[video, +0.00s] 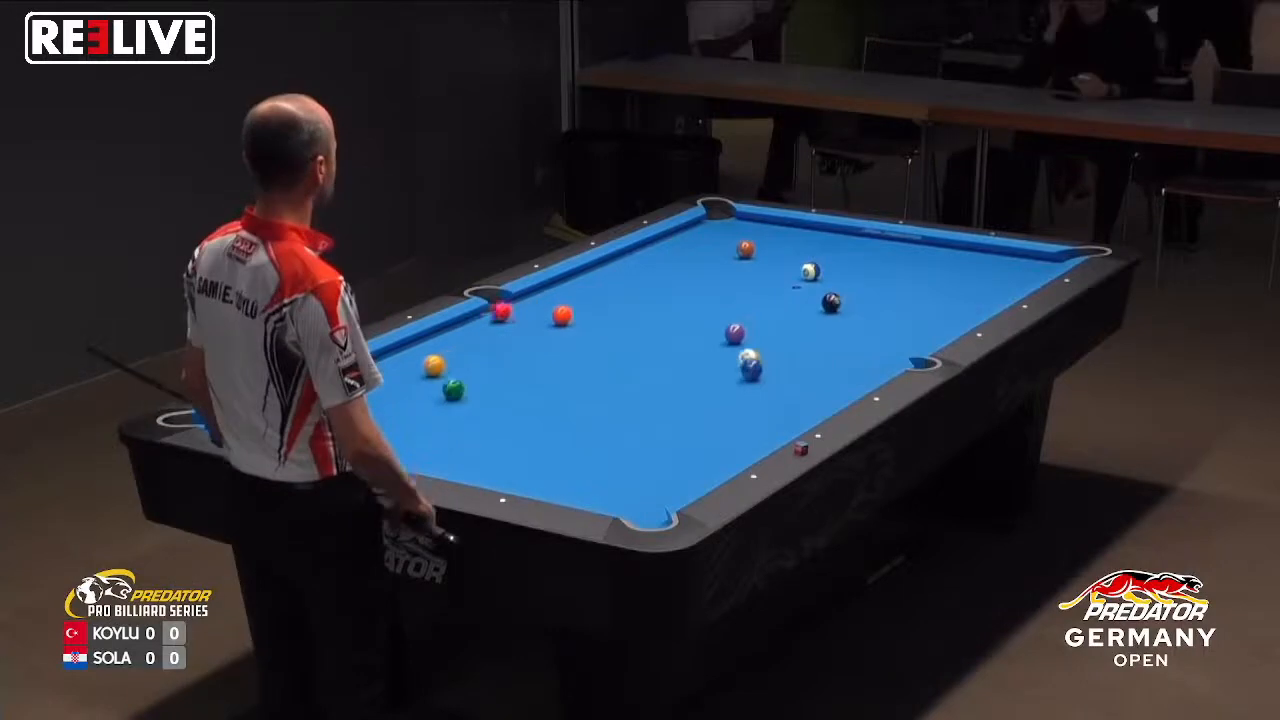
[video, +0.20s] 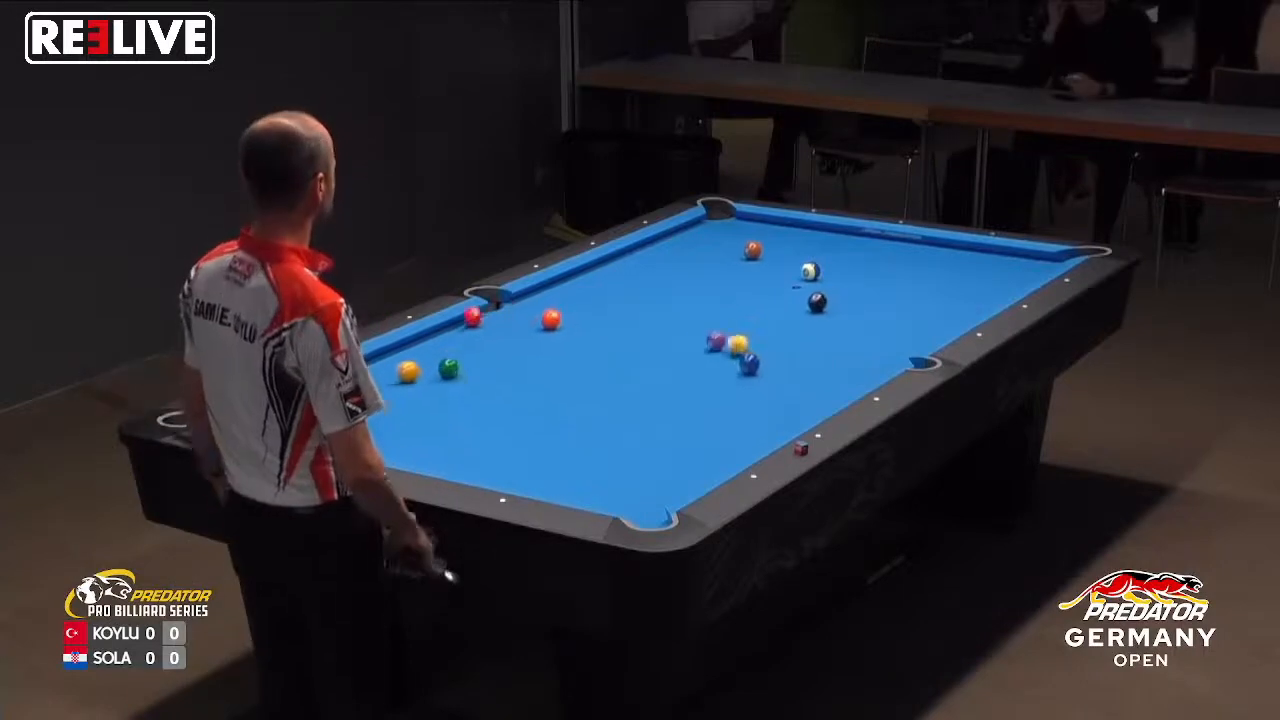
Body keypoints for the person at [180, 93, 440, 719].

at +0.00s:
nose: (335, 165)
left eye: (331, 153)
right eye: (333, 154)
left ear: (251, 163)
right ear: (321, 167)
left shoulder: (208, 255)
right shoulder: (313, 282)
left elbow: (196, 378)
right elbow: (357, 440)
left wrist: (241, 441)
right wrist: (407, 496)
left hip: (247, 497)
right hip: (319, 503)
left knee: (281, 664)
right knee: (348, 662)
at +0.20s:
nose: (334, 186)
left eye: (330, 172)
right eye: (332, 174)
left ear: (248, 180)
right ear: (320, 186)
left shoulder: (205, 275)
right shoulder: (315, 307)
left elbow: (195, 395)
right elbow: (357, 468)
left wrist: (215, 466)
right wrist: (406, 531)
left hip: (246, 518)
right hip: (318, 528)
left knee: (281, 671)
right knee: (350, 674)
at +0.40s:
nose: (335, 207)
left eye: (331, 193)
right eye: (334, 195)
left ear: (248, 202)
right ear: (321, 209)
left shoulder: (200, 299)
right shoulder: (319, 334)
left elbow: (195, 426)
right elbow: (361, 488)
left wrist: (206, 513)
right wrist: (406, 565)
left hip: (242, 550)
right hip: (317, 556)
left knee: (283, 690)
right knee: (352, 693)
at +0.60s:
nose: (336, 221)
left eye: (332, 205)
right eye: (335, 208)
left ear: (246, 208)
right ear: (320, 222)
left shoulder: (190, 309)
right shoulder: (323, 345)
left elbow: (186, 442)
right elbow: (368, 498)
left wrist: (196, 535)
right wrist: (418, 593)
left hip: (237, 564)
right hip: (318, 572)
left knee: (273, 699)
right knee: (351, 700)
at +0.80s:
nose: (336, 228)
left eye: (333, 212)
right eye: (335, 215)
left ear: (245, 215)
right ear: (320, 230)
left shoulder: (184, 316)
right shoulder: (324, 353)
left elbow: (179, 447)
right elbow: (372, 510)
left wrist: (194, 544)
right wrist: (421, 610)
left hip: (231, 571)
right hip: (316, 579)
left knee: (259, 705)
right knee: (335, 704)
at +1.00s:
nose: (334, 228)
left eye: (332, 213)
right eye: (334, 216)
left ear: (242, 218)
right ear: (320, 233)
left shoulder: (180, 320)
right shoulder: (324, 359)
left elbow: (172, 458)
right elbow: (368, 520)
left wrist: (190, 540)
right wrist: (412, 620)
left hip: (229, 577)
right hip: (314, 587)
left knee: (256, 705)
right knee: (338, 706)